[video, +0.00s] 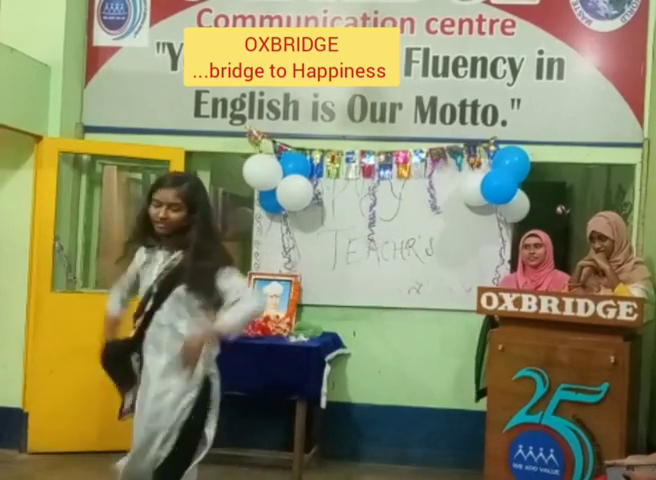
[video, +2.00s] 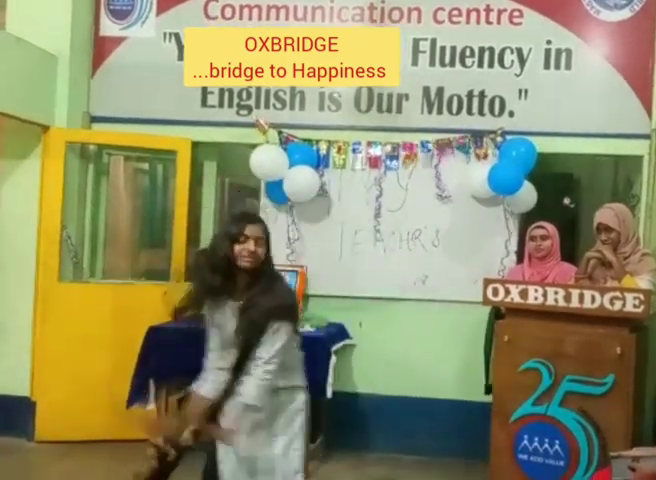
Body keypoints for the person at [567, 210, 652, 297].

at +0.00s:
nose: (596, 246)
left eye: (602, 239)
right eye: (592, 240)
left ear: (618, 238)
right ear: (589, 241)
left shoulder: (637, 269)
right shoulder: (588, 268)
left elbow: (633, 303)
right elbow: (569, 298)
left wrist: (607, 268)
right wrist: (579, 269)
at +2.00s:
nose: (603, 237)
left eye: (609, 230)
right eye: (599, 231)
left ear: (624, 230)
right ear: (595, 232)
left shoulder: (645, 262)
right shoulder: (593, 259)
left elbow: (641, 296)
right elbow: (577, 290)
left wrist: (614, 261)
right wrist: (585, 262)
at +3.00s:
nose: (604, 229)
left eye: (611, 222)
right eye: (600, 222)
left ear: (627, 221)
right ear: (597, 224)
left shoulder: (647, 253)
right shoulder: (595, 251)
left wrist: (617, 252)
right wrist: (587, 254)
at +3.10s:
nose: (604, 227)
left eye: (611, 220)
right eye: (601, 220)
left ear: (628, 219)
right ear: (597, 222)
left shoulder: (648, 251)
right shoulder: (595, 249)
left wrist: (617, 250)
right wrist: (587, 252)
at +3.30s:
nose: (605, 223)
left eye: (612, 215)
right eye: (602, 216)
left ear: (629, 215)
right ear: (598, 217)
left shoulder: (649, 246)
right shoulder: (596, 245)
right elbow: (580, 275)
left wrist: (618, 246)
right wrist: (588, 247)